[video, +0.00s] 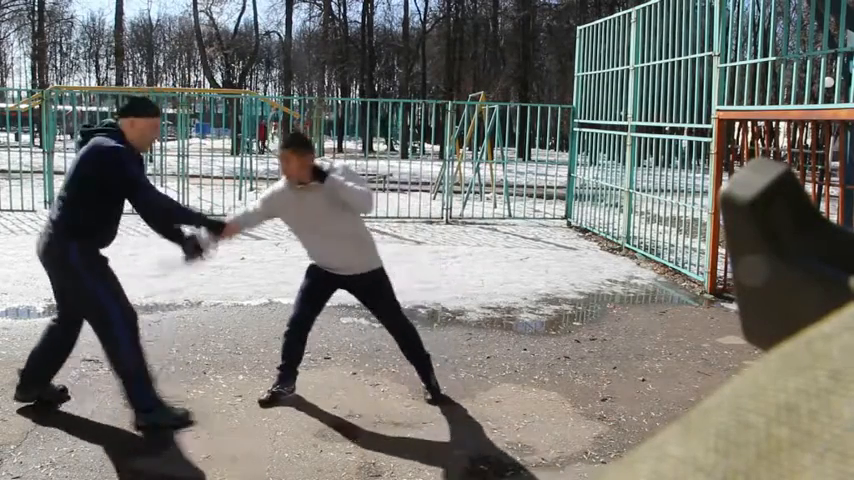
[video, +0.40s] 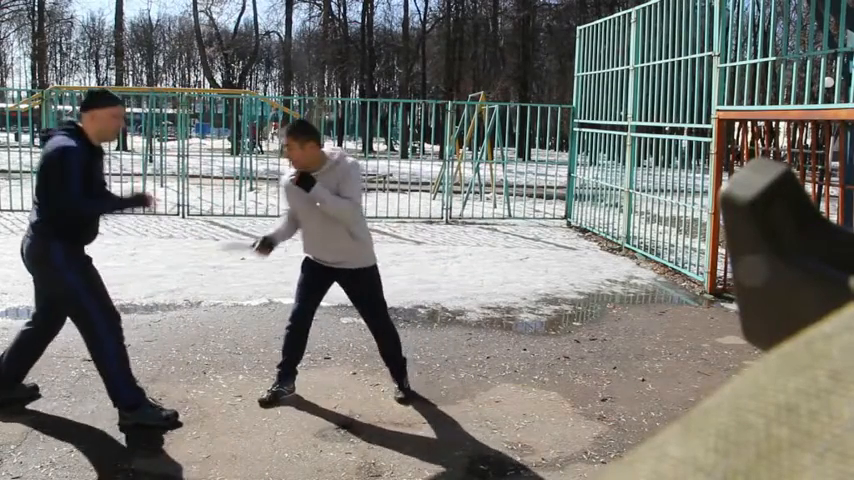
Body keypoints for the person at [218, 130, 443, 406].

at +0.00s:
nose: (282, 166)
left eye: (287, 160)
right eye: (281, 160)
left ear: (307, 159)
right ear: (282, 162)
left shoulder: (337, 179)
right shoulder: (280, 196)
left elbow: (367, 203)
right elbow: (252, 216)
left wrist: (327, 181)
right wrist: (226, 227)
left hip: (364, 268)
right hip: (323, 269)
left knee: (397, 324)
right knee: (298, 323)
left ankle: (429, 379)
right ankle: (285, 382)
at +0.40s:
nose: (287, 154)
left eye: (291, 148)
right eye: (286, 149)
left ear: (311, 146)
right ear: (296, 148)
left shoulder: (346, 167)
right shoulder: (291, 181)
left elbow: (351, 213)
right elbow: (293, 219)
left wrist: (313, 189)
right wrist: (272, 238)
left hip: (357, 263)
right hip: (317, 261)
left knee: (380, 323)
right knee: (299, 318)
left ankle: (401, 381)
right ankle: (284, 382)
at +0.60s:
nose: (315, 150)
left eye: (318, 144)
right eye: (314, 144)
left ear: (337, 142)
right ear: (332, 143)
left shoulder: (374, 171)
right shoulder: (325, 174)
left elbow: (374, 218)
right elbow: (321, 216)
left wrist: (335, 200)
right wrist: (296, 213)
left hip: (371, 266)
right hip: (334, 263)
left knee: (386, 328)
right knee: (312, 322)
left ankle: (401, 381)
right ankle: (288, 380)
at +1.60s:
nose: (209, 180)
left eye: (211, 173)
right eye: (206, 175)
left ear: (230, 167)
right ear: (214, 174)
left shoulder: (269, 176)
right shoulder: (214, 206)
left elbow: (297, 209)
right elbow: (177, 227)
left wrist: (256, 191)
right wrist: (137, 244)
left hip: (305, 259)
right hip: (267, 263)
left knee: (335, 318)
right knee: (246, 319)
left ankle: (365, 373)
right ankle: (239, 379)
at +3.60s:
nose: (243, 144)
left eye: (246, 138)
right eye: (242, 139)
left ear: (265, 136)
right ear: (259, 138)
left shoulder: (294, 168)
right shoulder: (258, 167)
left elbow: (269, 208)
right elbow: (248, 207)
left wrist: (245, 167)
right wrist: (224, 183)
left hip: (281, 265)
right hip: (249, 259)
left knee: (289, 327)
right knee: (220, 309)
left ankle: (315, 375)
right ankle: (214, 372)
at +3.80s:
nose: (226, 148)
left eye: (230, 143)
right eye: (226, 143)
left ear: (247, 141)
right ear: (238, 143)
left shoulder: (277, 173)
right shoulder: (234, 172)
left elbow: (256, 209)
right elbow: (210, 193)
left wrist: (229, 171)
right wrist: (192, 167)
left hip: (268, 268)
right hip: (233, 263)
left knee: (285, 329)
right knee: (201, 309)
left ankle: (315, 374)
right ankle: (185, 368)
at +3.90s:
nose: (203, 141)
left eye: (206, 135)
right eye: (203, 135)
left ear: (224, 136)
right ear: (219, 138)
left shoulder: (257, 168)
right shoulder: (203, 170)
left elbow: (244, 206)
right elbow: (174, 167)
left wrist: (215, 171)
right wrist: (150, 139)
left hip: (256, 266)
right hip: (218, 263)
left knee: (280, 322)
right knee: (189, 313)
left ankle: (314, 373)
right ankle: (175, 368)